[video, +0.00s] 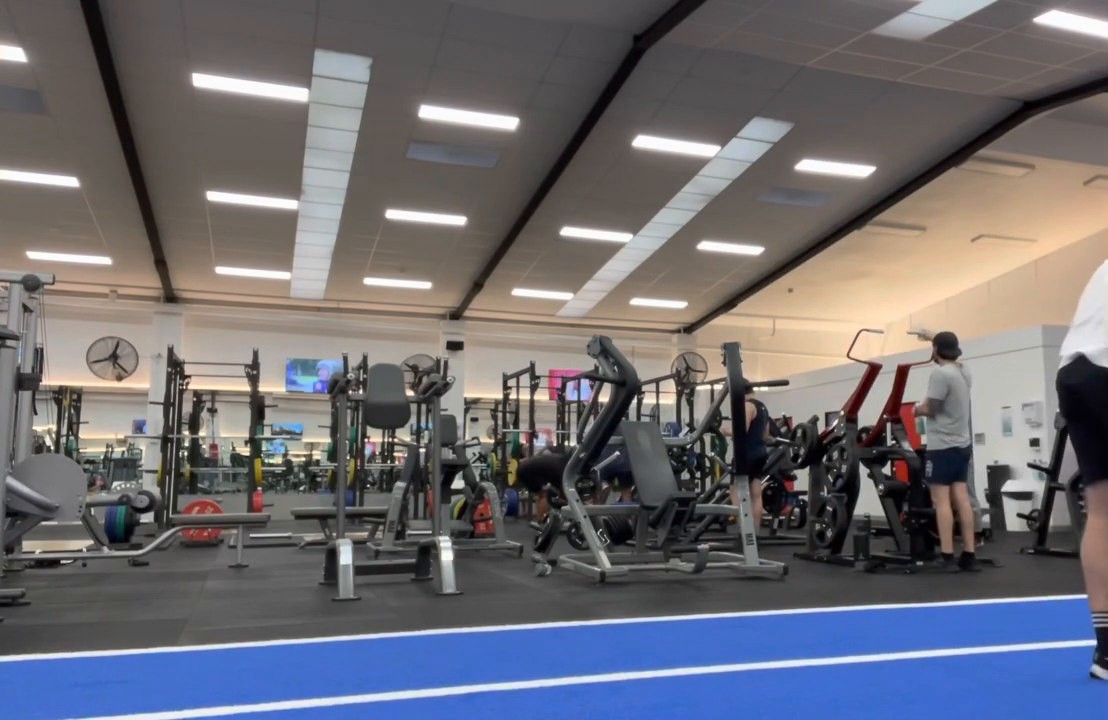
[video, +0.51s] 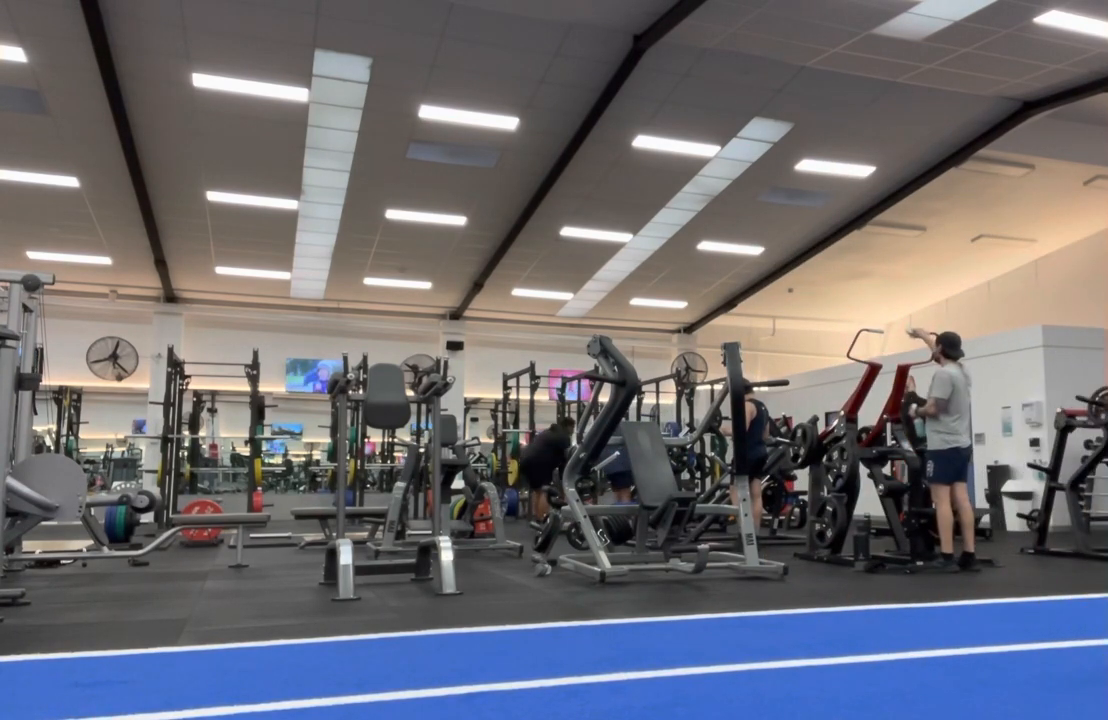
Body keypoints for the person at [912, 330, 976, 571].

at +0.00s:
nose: (932, 352)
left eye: (933, 348)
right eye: (934, 348)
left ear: (936, 351)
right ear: (956, 350)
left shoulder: (939, 374)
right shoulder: (963, 373)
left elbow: (932, 407)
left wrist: (918, 409)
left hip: (941, 447)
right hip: (962, 446)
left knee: (941, 501)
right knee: (962, 498)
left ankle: (947, 554)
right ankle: (969, 552)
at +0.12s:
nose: (931, 351)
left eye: (933, 348)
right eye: (933, 348)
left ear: (937, 351)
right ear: (954, 351)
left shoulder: (941, 374)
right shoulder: (962, 372)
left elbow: (933, 408)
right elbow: (948, 350)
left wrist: (918, 410)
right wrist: (928, 336)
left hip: (941, 447)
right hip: (961, 445)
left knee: (941, 501)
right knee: (962, 498)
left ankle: (947, 555)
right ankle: (969, 553)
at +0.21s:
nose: (931, 351)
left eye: (933, 348)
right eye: (932, 347)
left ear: (937, 351)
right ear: (954, 351)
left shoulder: (942, 374)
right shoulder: (959, 371)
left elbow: (934, 409)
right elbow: (942, 351)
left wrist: (918, 409)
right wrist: (926, 335)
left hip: (942, 446)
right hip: (961, 444)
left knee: (941, 501)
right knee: (962, 499)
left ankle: (947, 555)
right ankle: (969, 553)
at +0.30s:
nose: (932, 351)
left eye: (933, 349)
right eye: (932, 348)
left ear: (938, 352)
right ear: (955, 351)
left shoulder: (943, 374)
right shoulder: (960, 372)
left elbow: (935, 409)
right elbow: (937, 355)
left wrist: (917, 411)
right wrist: (925, 334)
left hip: (942, 447)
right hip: (961, 444)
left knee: (941, 501)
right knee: (962, 498)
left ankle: (946, 555)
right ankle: (969, 552)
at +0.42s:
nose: (932, 350)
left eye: (934, 348)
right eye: (933, 347)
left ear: (939, 352)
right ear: (955, 351)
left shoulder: (944, 374)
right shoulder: (960, 371)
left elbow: (934, 409)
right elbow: (937, 353)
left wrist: (916, 411)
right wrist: (923, 334)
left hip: (942, 447)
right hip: (961, 445)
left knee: (941, 501)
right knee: (962, 499)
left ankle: (946, 555)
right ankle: (969, 553)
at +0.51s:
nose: (933, 350)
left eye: (935, 347)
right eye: (934, 346)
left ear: (941, 351)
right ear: (956, 351)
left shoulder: (943, 374)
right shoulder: (962, 372)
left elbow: (933, 409)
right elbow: (939, 354)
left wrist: (917, 410)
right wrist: (923, 336)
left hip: (942, 447)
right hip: (961, 445)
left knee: (941, 501)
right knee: (962, 499)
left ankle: (947, 555)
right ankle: (969, 553)